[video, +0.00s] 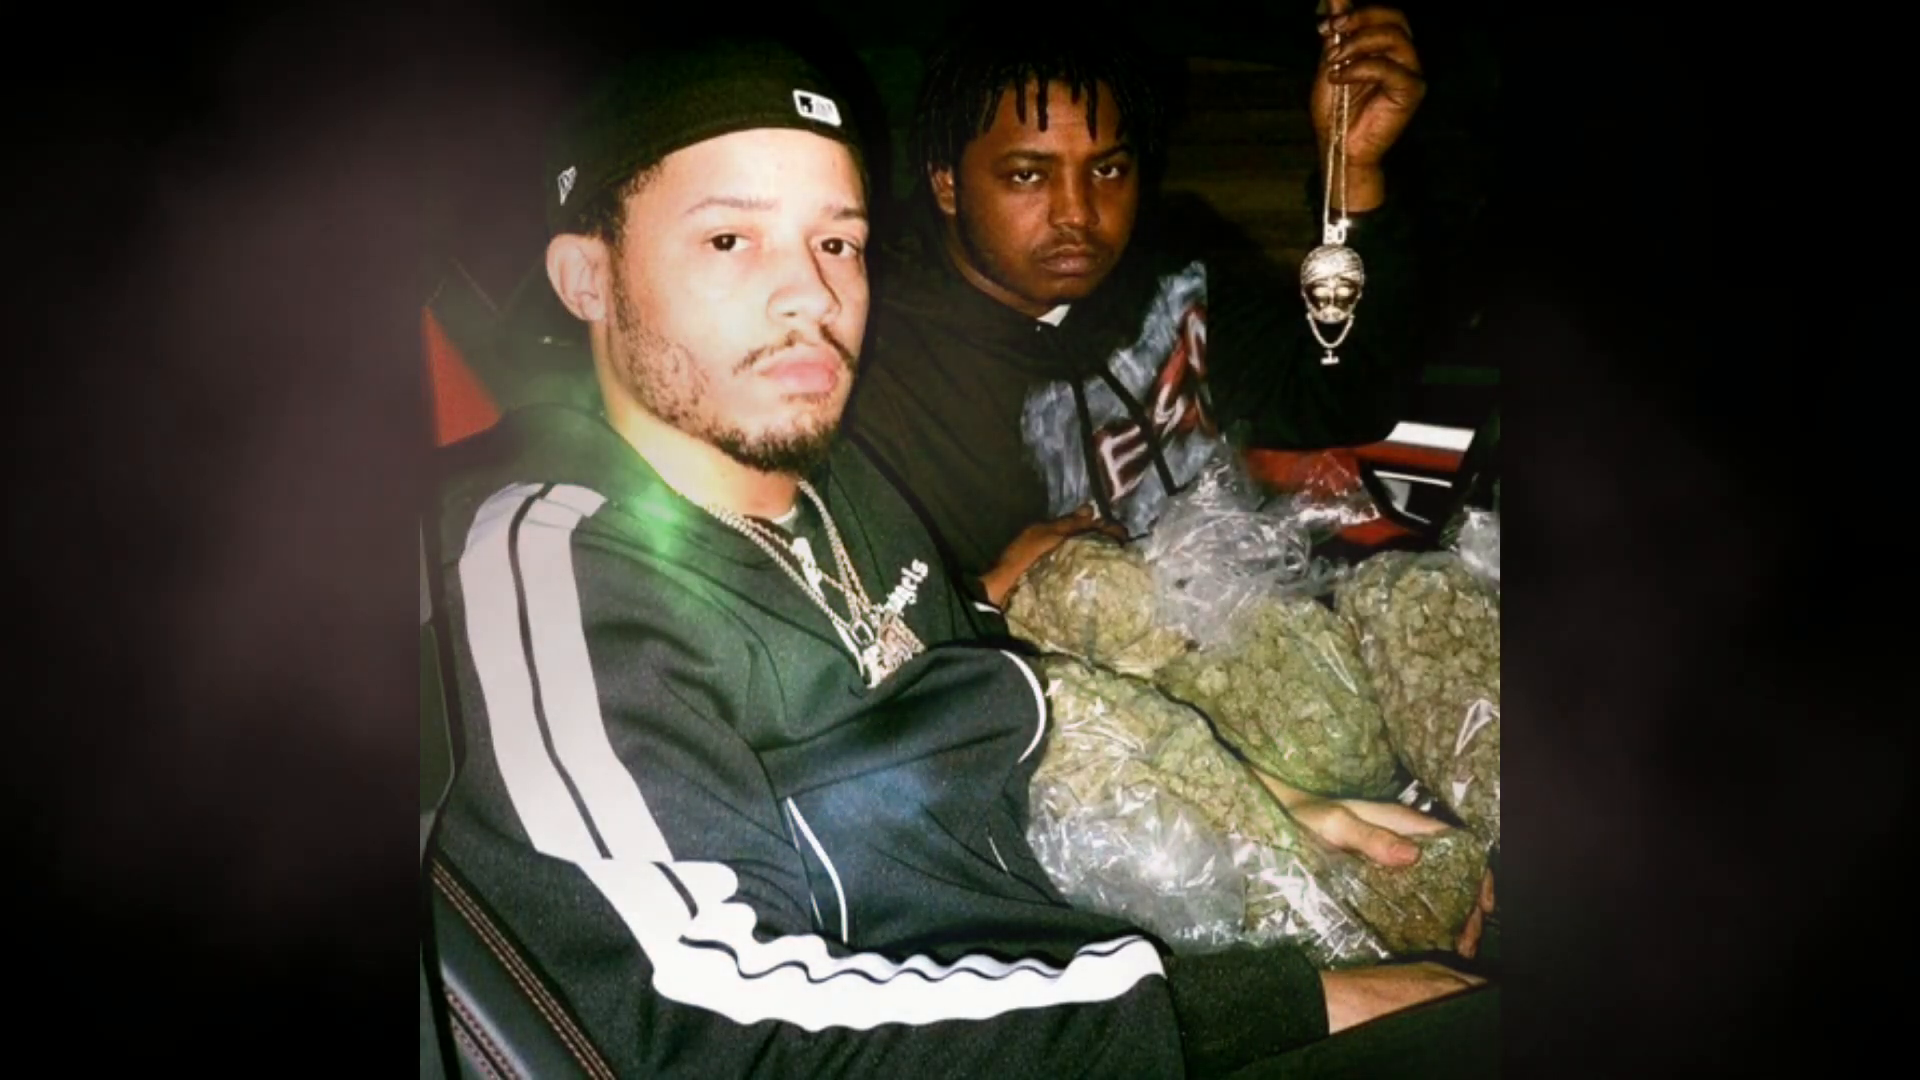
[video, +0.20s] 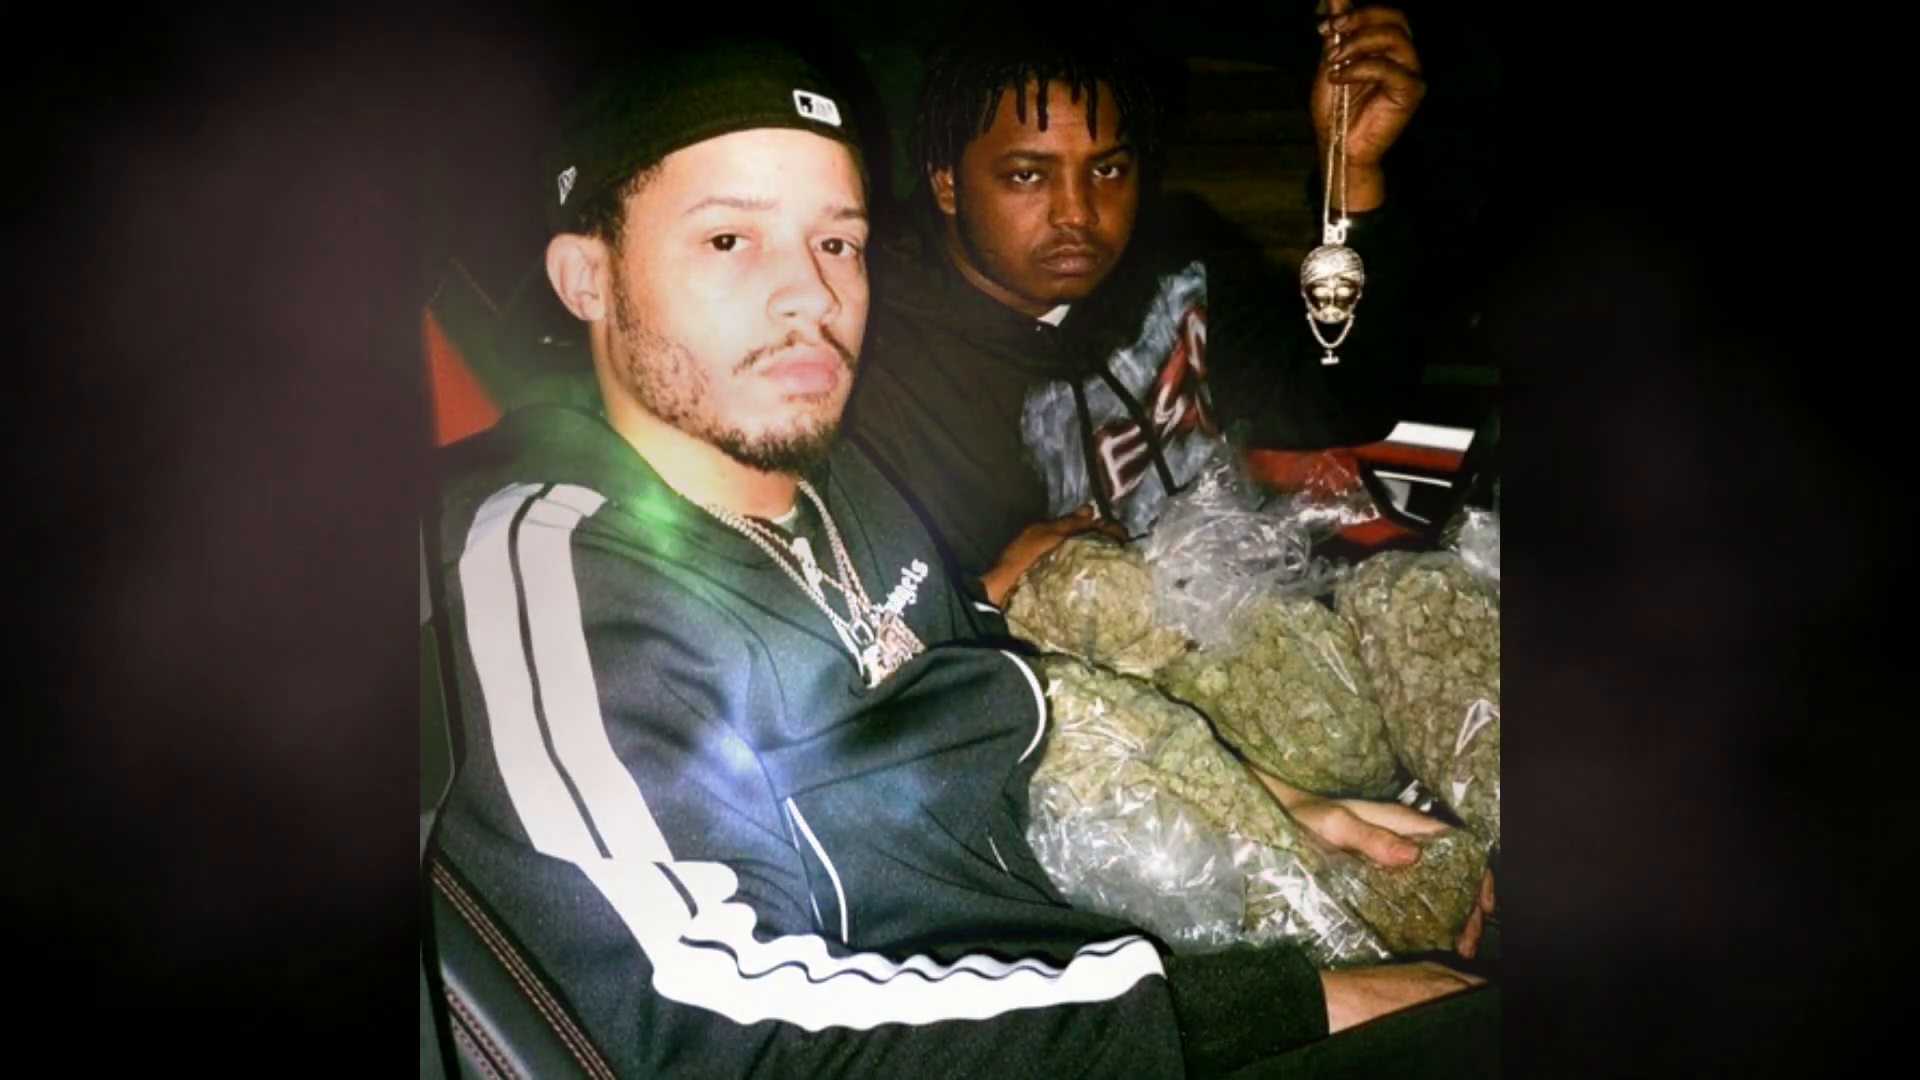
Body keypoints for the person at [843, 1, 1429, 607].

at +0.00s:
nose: (1077, 216)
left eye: (1108, 171)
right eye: (1029, 175)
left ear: (1140, 175)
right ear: (945, 187)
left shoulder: (1176, 268)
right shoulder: (889, 371)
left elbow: (1343, 411)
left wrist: (1353, 173)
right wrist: (989, 597)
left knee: (1428, 603)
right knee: (1083, 584)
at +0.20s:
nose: (1077, 217)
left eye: (1108, 171)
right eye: (1029, 176)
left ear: (1141, 173)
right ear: (945, 188)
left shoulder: (1176, 253)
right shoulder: (896, 364)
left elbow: (1350, 409)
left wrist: (1353, 172)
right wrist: (991, 591)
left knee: (1425, 598)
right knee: (1082, 581)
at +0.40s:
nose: (1078, 217)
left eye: (1108, 171)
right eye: (1029, 175)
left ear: (1141, 173)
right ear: (945, 188)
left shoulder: (1179, 253)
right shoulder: (894, 364)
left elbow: (1348, 417)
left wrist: (1353, 173)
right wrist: (991, 593)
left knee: (1429, 598)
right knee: (1081, 582)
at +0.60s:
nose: (1077, 217)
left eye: (1108, 170)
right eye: (1028, 175)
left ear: (1142, 173)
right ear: (944, 187)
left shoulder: (1180, 257)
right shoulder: (891, 361)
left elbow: (1348, 411)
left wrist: (1353, 172)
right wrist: (991, 594)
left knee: (1426, 601)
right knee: (1082, 582)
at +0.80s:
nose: (1077, 216)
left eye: (1108, 171)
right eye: (1028, 175)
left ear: (1142, 173)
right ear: (944, 187)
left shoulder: (1181, 256)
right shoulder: (891, 357)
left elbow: (1349, 411)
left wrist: (1352, 172)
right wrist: (992, 591)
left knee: (1425, 599)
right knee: (1080, 580)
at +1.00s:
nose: (1077, 216)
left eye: (1108, 171)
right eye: (1028, 175)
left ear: (1142, 172)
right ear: (945, 187)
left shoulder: (1180, 256)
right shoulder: (892, 360)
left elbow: (1351, 409)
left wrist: (1352, 172)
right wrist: (992, 592)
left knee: (1424, 598)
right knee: (1079, 580)